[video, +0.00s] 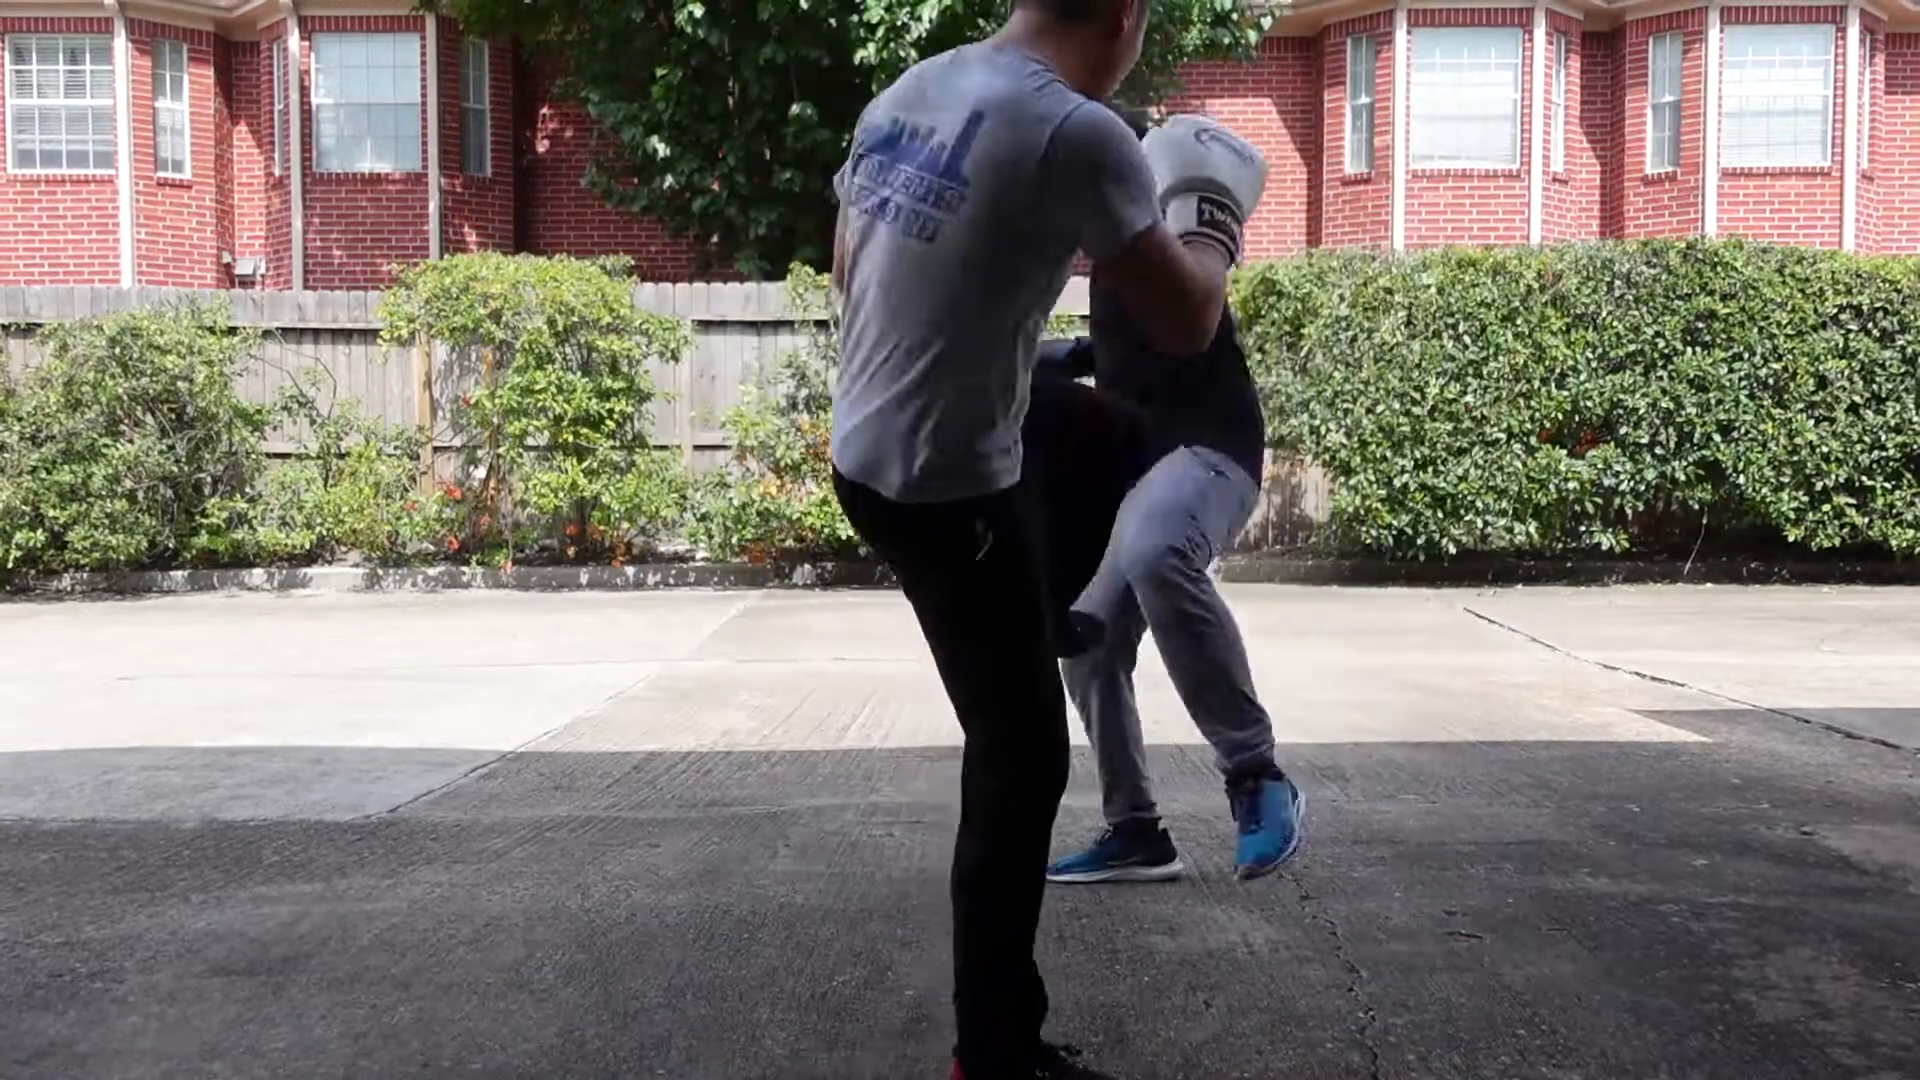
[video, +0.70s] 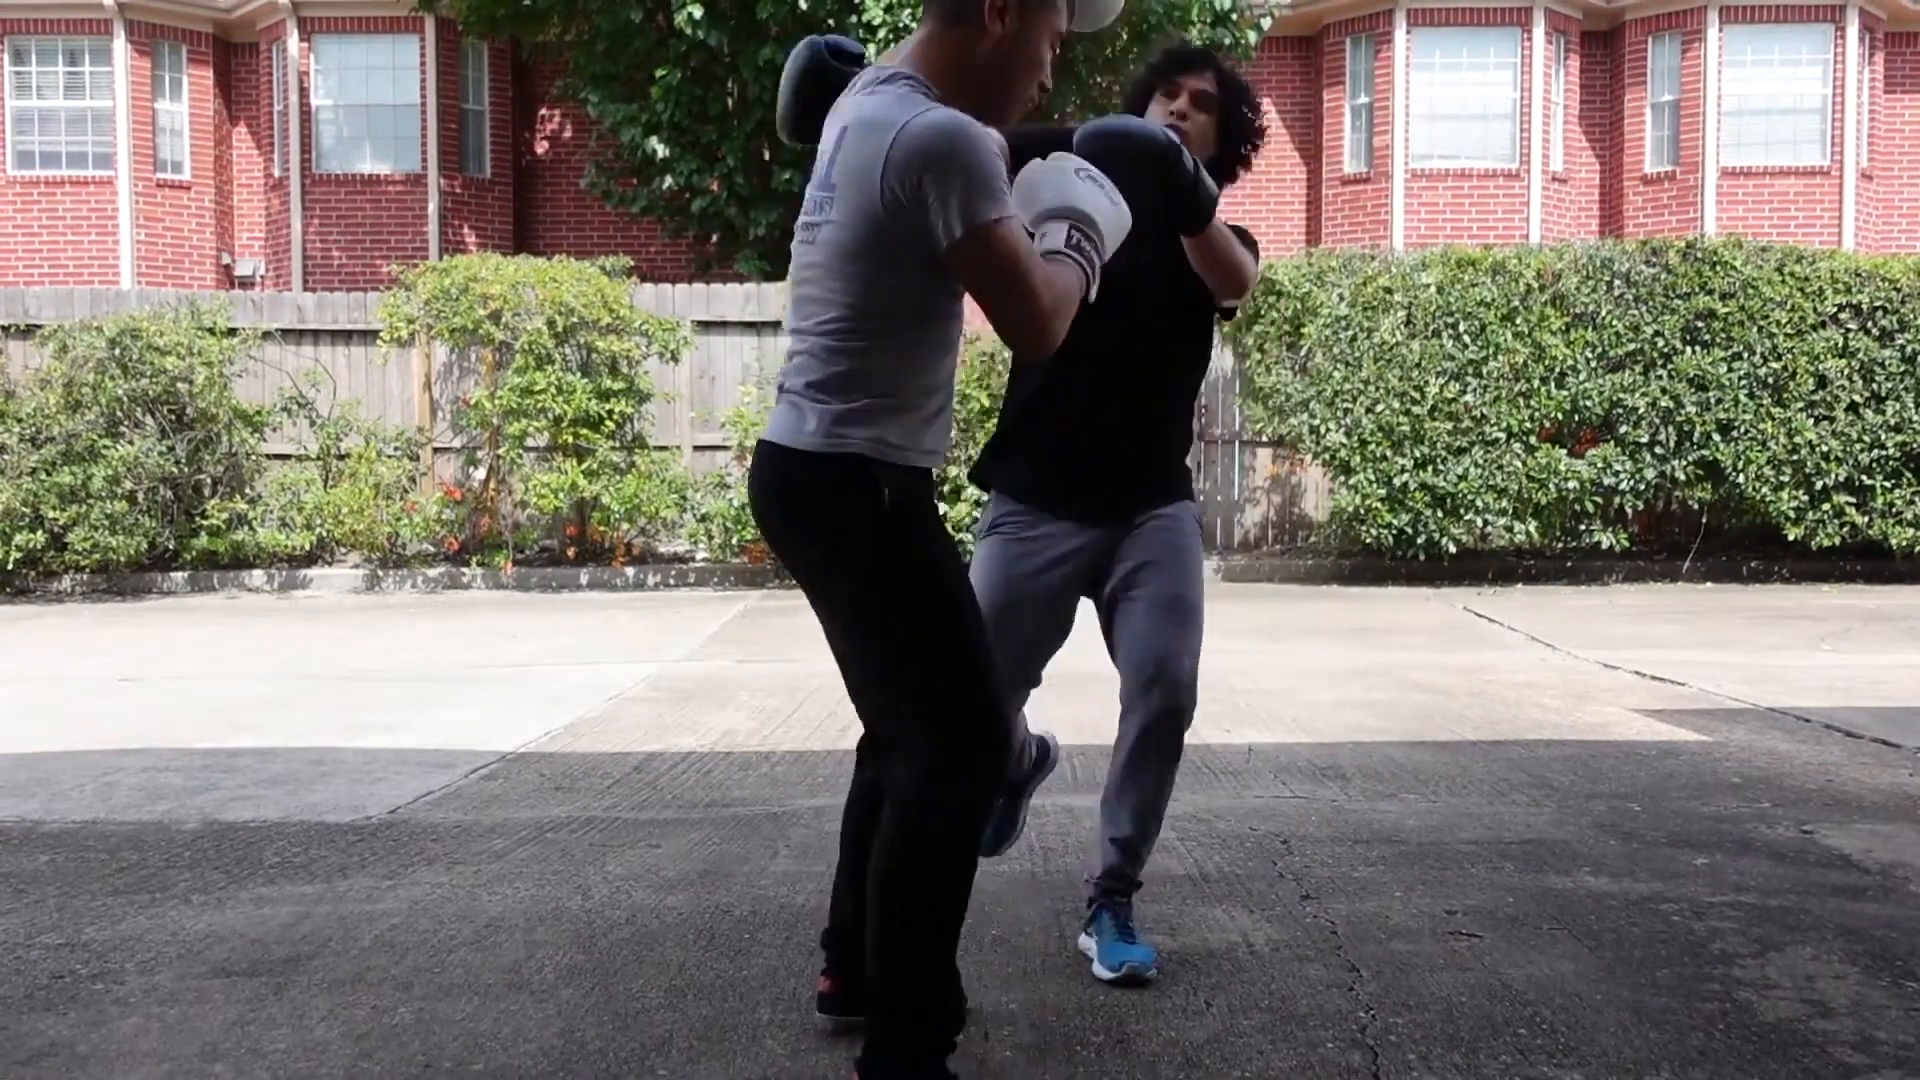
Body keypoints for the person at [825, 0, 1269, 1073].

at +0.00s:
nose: (1141, 49)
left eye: (1141, 31)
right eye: (1143, 29)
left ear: (1020, 5)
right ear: (1124, 18)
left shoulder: (908, 86)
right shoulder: (1082, 131)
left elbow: (851, 266)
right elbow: (1186, 319)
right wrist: (1195, 223)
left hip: (868, 458)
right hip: (953, 480)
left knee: (1101, 428)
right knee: (1020, 751)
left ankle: (1062, 624)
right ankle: (998, 1048)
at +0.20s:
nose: (1206, 76)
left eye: (1212, 51)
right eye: (1213, 50)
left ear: (1093, 16)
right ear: (1190, 45)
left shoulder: (987, 103)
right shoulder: (1106, 179)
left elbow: (873, 260)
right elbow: (1123, 409)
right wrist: (1200, 385)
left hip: (864, 425)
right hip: (937, 487)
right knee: (997, 751)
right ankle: (993, 1046)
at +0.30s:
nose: (1197, 90)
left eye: (1203, 63)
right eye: (1204, 62)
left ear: (1077, 26)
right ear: (1184, 52)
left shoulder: (959, 108)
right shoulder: (1119, 190)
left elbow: (826, 254)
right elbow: (1131, 428)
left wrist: (810, 350)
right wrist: (1201, 432)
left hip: (859, 432)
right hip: (948, 485)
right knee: (1041, 757)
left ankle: (910, 577)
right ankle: (996, 1048)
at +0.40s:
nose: (1168, 74)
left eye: (1172, 56)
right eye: (1174, 52)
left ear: (1050, 24)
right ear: (1162, 37)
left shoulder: (932, 108)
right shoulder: (1122, 185)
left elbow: (821, 248)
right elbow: (1137, 405)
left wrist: (945, 248)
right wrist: (1195, 396)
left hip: (834, 448)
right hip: (943, 481)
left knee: (963, 602)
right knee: (1047, 756)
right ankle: (999, 1055)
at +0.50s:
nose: (1129, 69)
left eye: (1129, 48)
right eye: (1133, 45)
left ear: (1012, 14)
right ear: (1114, 28)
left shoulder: (902, 114)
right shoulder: (1064, 153)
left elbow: (941, 302)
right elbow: (1110, 371)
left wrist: (1093, 284)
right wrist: (1193, 315)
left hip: (833, 465)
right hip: (945, 485)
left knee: (904, 726)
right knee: (1036, 766)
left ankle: (861, 971)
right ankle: (1012, 1051)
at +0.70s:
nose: (1051, 74)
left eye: (1058, 48)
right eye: (1052, 43)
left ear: (970, 18)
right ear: (998, 19)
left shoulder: (865, 105)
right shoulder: (943, 137)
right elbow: (1037, 325)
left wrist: (1018, 192)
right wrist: (1077, 228)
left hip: (815, 469)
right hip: (864, 483)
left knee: (906, 730)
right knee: (965, 748)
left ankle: (856, 970)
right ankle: (908, 1047)